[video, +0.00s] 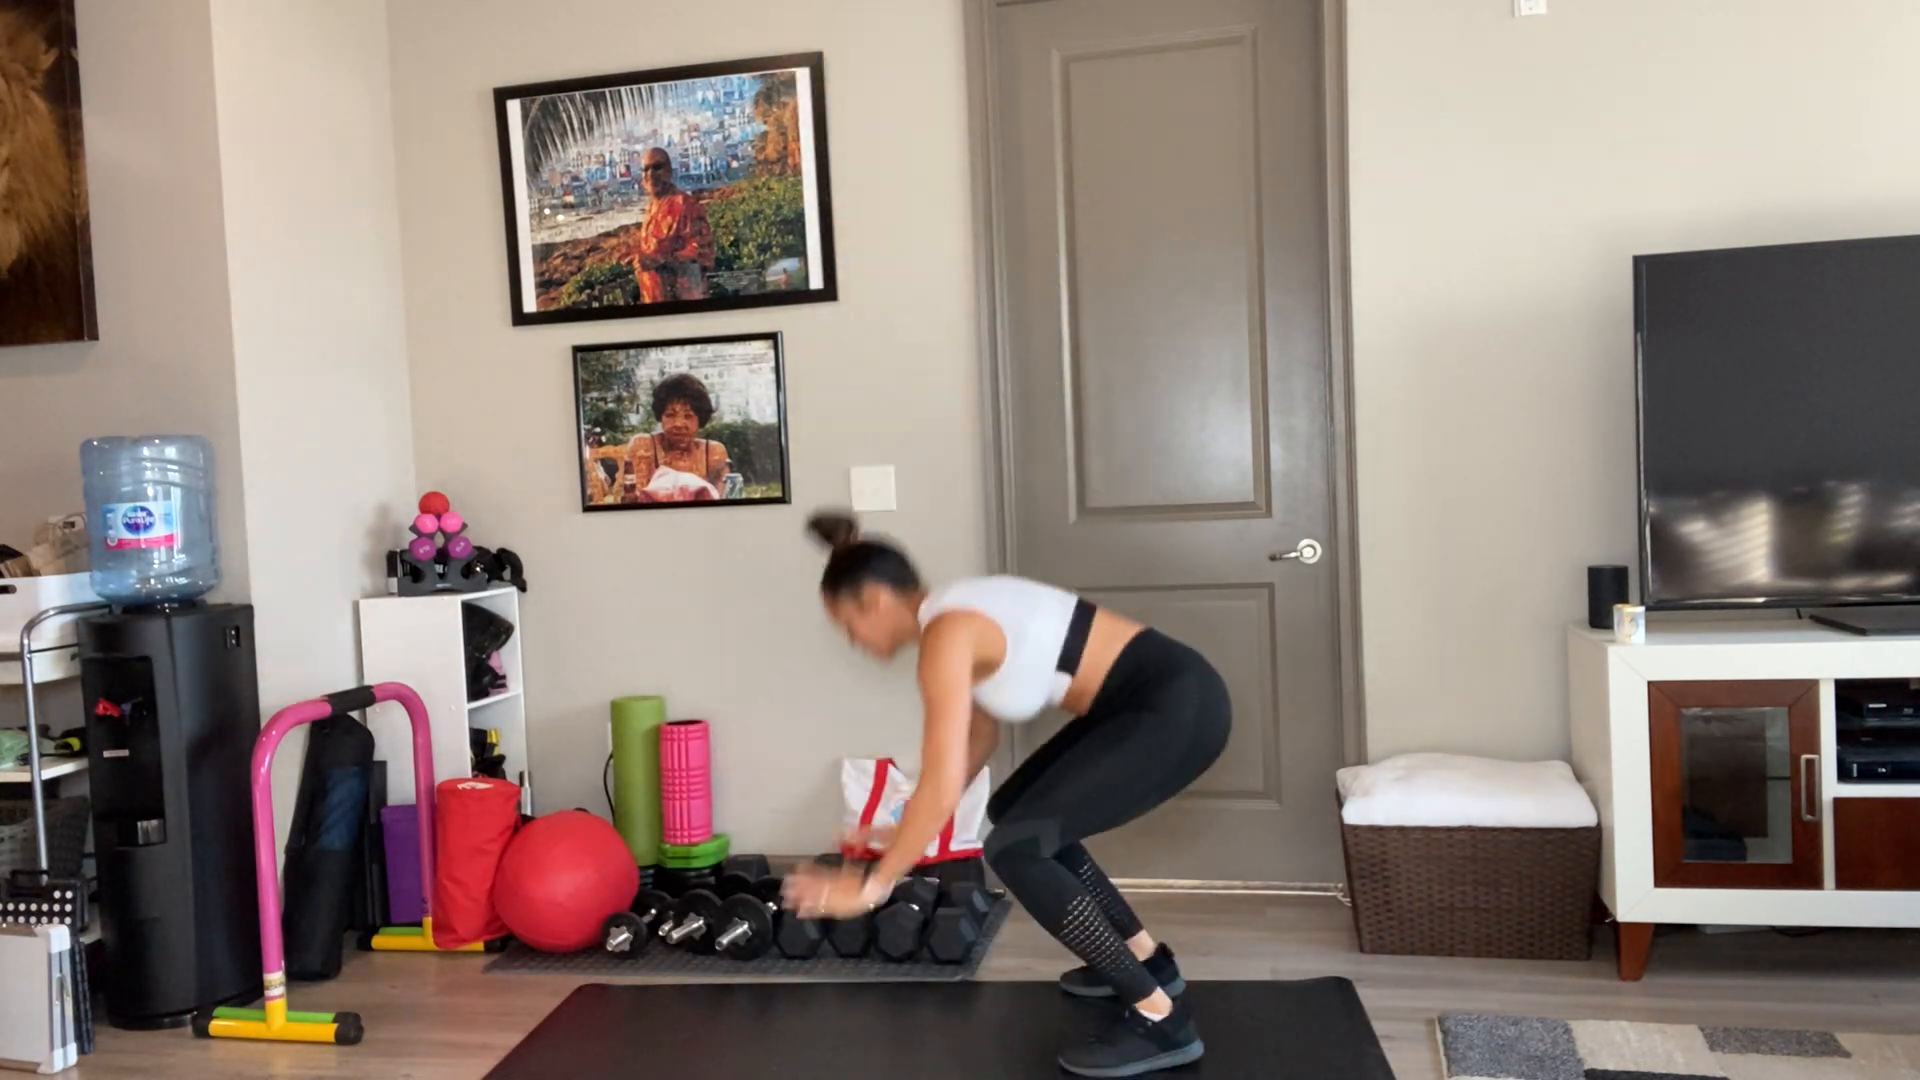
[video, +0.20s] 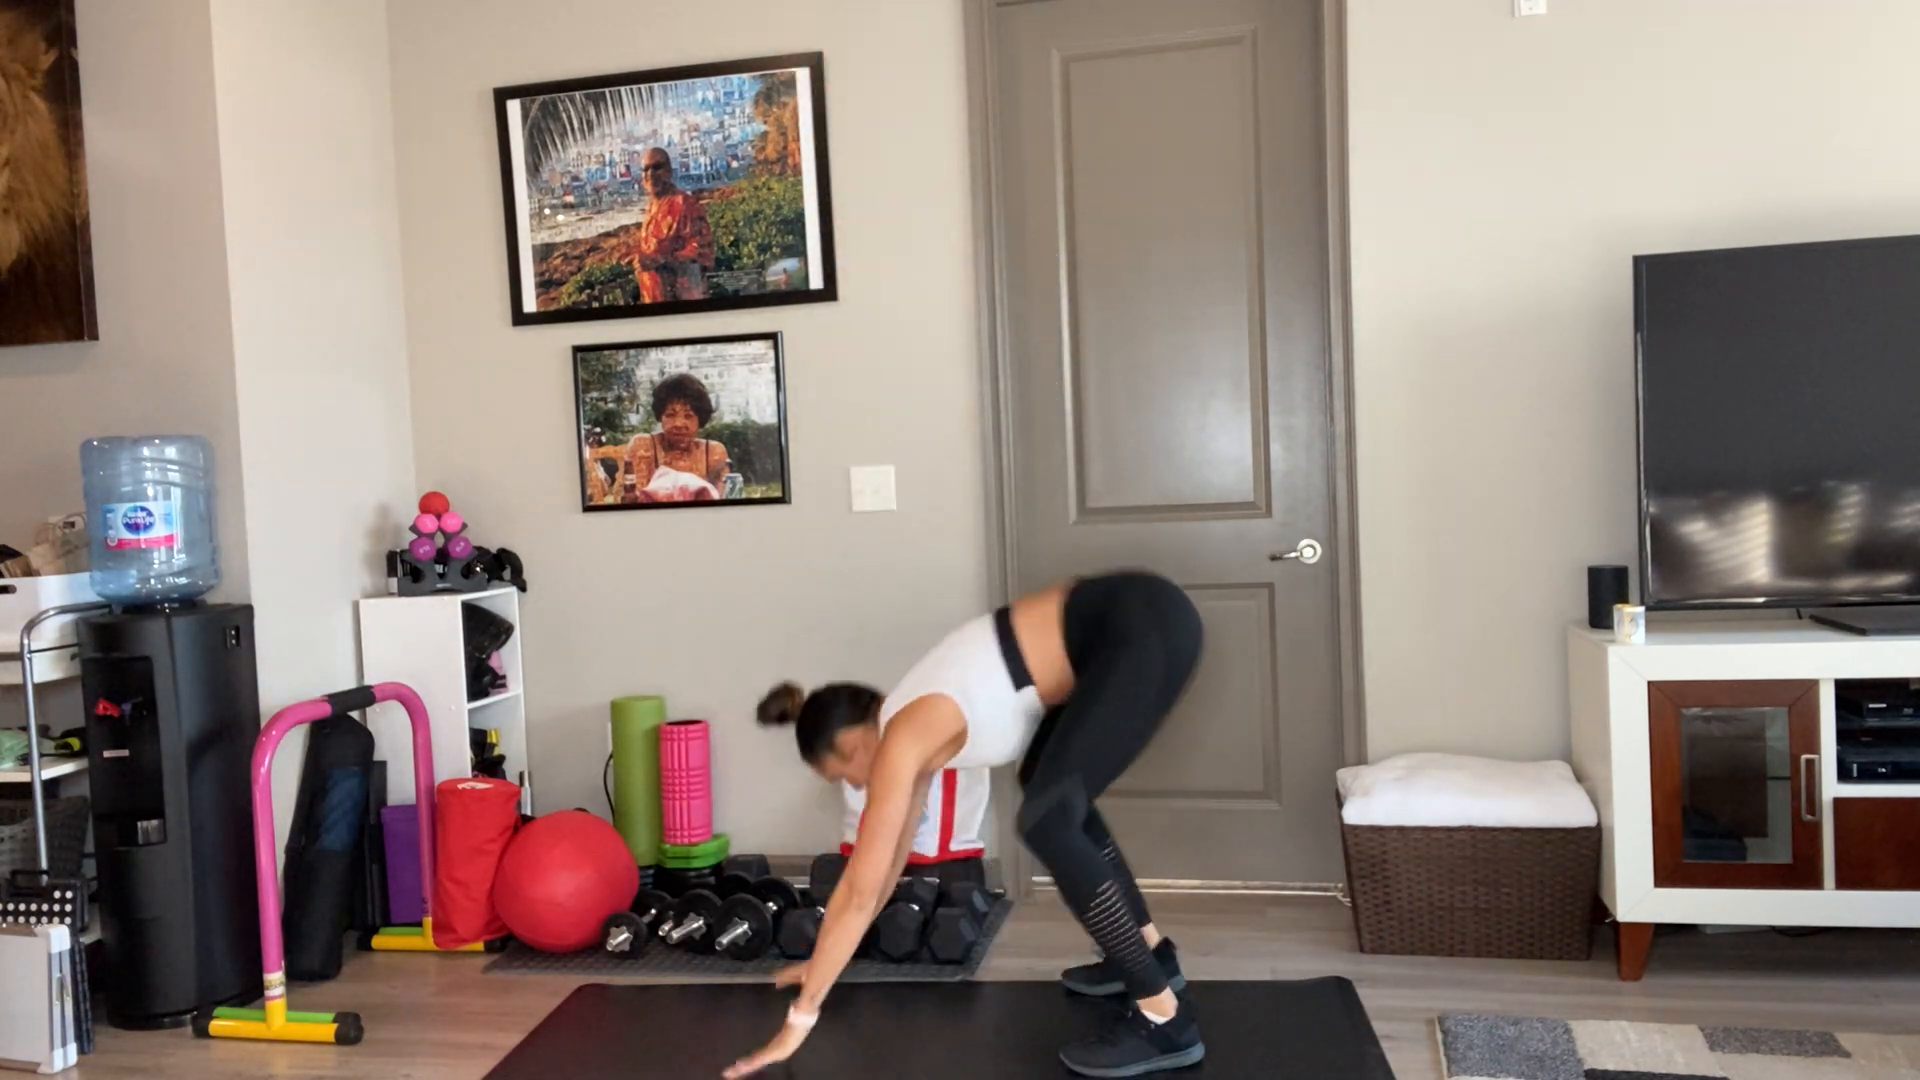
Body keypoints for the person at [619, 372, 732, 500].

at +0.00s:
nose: (679, 424)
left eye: (688, 416)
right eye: (670, 415)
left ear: (700, 419)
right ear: (660, 417)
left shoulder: (715, 451)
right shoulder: (641, 446)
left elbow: (721, 500)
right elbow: (634, 499)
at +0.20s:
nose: (679, 424)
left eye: (688, 416)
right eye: (670, 415)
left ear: (700, 420)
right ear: (660, 417)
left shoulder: (715, 451)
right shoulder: (641, 446)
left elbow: (722, 500)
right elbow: (631, 499)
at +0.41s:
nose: (679, 424)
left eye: (688, 416)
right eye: (670, 415)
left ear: (700, 420)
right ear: (660, 417)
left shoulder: (714, 451)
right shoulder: (641, 446)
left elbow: (722, 500)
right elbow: (631, 499)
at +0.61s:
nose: (679, 424)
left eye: (688, 416)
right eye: (670, 415)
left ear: (700, 420)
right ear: (660, 417)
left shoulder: (714, 451)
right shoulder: (641, 446)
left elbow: (722, 500)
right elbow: (631, 499)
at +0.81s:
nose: (679, 424)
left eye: (688, 416)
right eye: (670, 415)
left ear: (700, 420)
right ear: (660, 417)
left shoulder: (714, 451)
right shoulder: (641, 446)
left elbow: (722, 500)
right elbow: (628, 498)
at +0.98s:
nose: (679, 424)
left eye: (688, 416)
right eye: (670, 415)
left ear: (700, 420)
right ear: (660, 417)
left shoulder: (714, 451)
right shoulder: (641, 446)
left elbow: (722, 499)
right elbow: (627, 498)